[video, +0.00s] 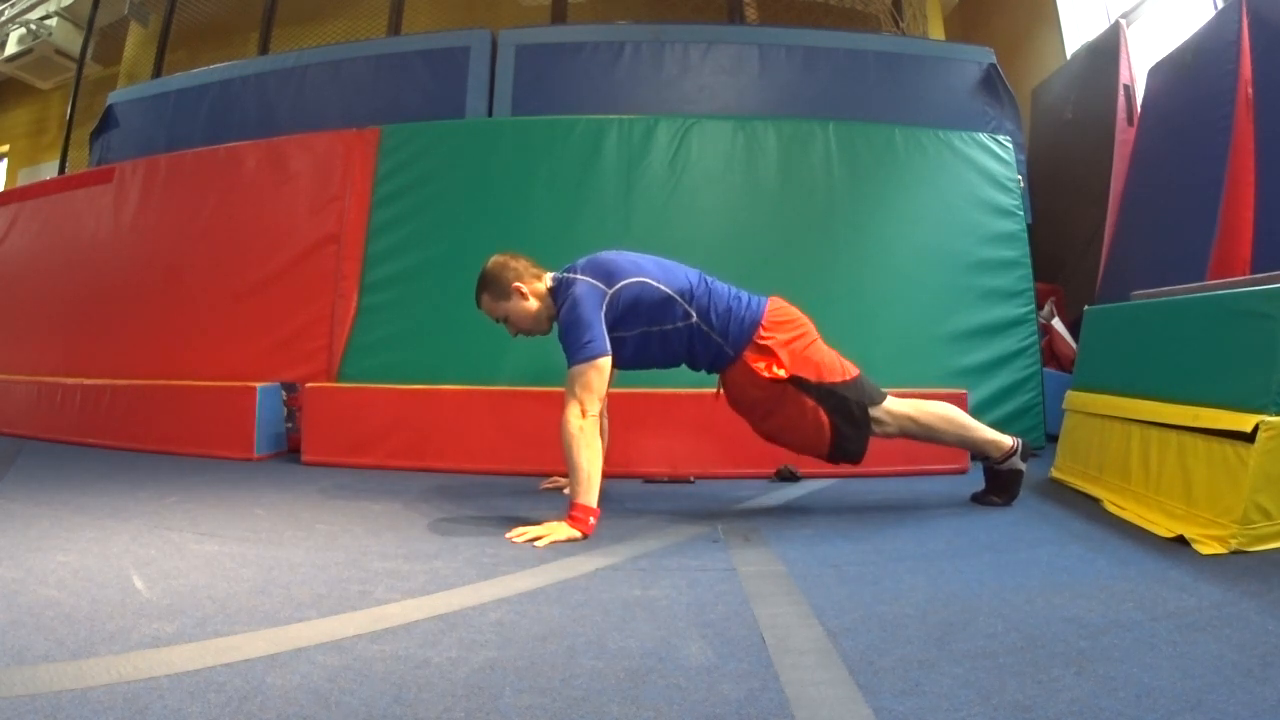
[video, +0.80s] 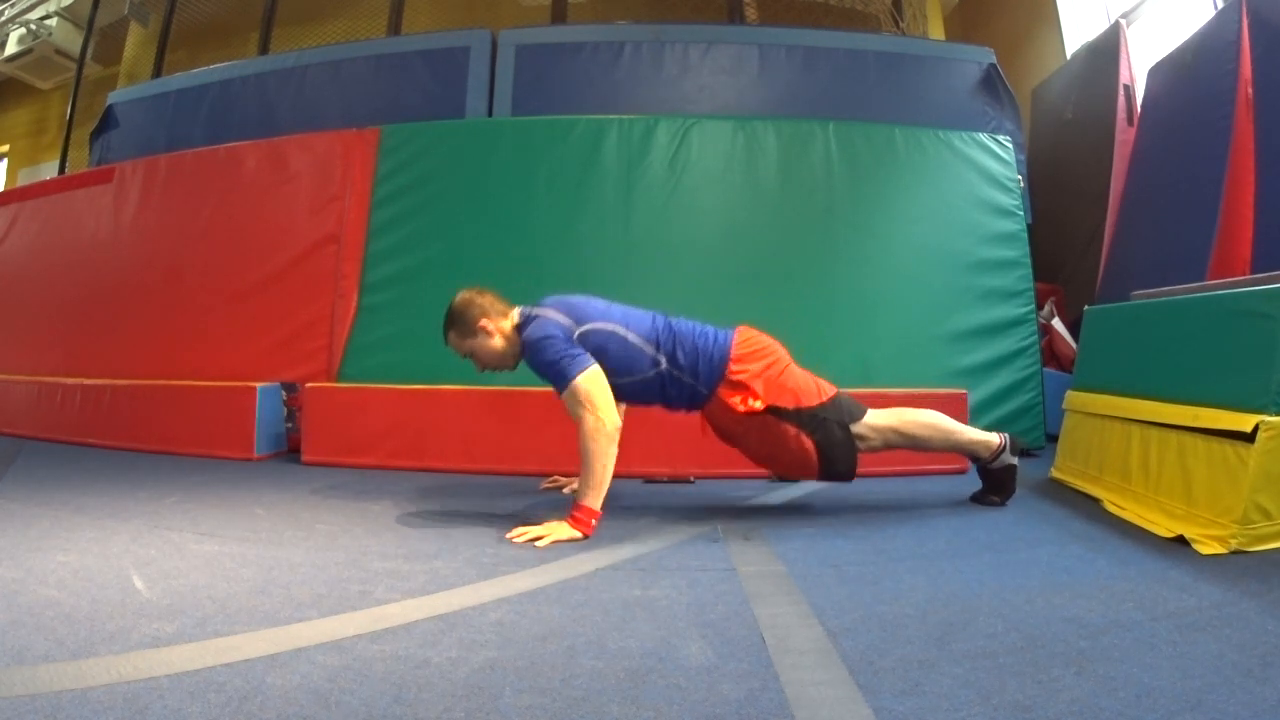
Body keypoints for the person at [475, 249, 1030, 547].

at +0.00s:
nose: (513, 331)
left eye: (506, 320)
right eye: (504, 324)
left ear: (525, 290)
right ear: (529, 286)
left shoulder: (583, 297)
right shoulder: (578, 291)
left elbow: (582, 411)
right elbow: (593, 403)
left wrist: (581, 517)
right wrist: (580, 476)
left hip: (766, 333)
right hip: (738, 365)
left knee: (876, 411)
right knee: (843, 444)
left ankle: (1004, 447)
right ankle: (955, 419)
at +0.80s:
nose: (480, 365)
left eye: (475, 354)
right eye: (473, 358)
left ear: (491, 325)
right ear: (494, 321)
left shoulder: (545, 332)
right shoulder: (544, 325)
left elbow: (604, 415)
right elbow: (599, 404)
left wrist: (585, 514)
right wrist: (582, 476)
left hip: (738, 366)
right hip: (716, 395)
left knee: (854, 428)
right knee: (814, 462)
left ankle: (991, 446)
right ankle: (964, 441)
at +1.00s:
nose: (453, 444)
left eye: (446, 437)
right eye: (446, 439)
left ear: (461, 417)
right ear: (464, 408)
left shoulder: (522, 406)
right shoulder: (508, 406)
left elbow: (604, 431)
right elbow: (595, 420)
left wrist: (579, 520)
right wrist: (583, 475)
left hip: (711, 422)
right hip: (696, 454)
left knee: (845, 457)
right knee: (804, 497)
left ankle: (979, 447)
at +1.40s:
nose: (446, 495)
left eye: (440, 487)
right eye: (440, 489)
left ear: (453, 464)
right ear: (460, 459)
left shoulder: (505, 453)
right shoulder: (514, 461)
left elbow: (581, 425)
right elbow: (597, 408)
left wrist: (578, 517)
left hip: (700, 454)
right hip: (693, 485)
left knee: (841, 478)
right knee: (830, 487)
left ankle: (977, 448)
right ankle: (961, 450)